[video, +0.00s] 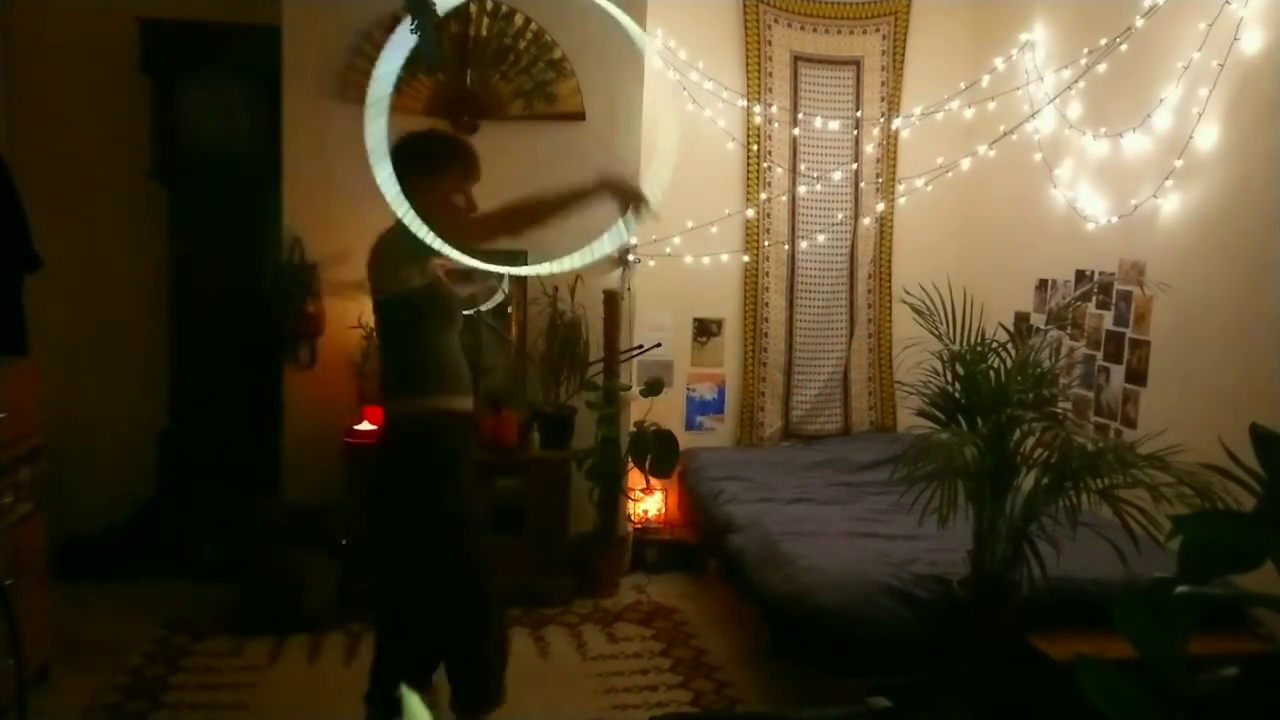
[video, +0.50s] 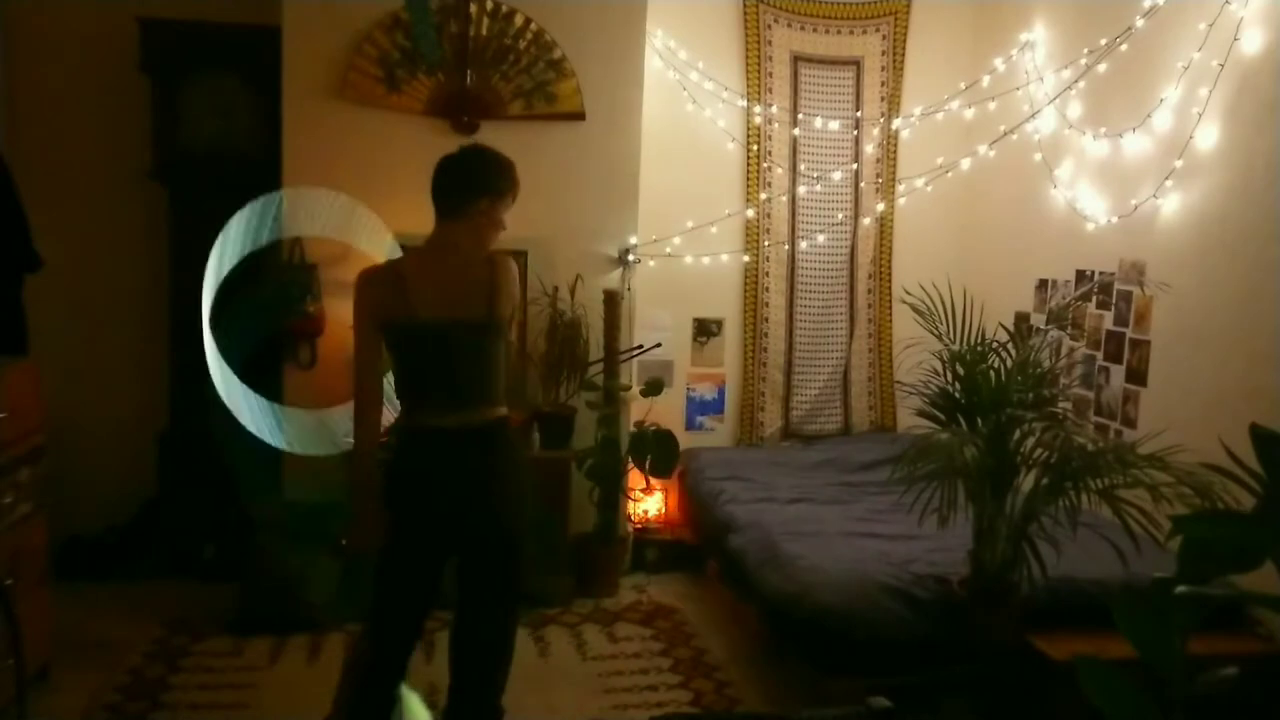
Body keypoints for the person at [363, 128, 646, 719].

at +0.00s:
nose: (472, 203)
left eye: (471, 189)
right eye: (462, 189)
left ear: (429, 187)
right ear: (423, 186)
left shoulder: (433, 257)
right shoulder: (399, 249)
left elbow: (516, 261)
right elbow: (502, 224)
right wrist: (600, 191)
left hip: (450, 447)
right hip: (418, 450)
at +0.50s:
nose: (504, 222)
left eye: (506, 208)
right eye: (502, 207)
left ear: (441, 203)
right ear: (478, 206)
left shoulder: (380, 283)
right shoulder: (502, 276)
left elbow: (368, 405)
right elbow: (514, 375)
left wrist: (363, 500)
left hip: (416, 465)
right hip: (488, 466)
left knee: (394, 622)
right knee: (486, 628)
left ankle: (361, 710)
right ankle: (475, 711)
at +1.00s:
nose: (500, 229)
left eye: (501, 215)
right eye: (495, 213)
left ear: (445, 210)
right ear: (462, 210)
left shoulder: (414, 284)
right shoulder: (437, 287)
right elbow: (563, 320)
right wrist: (641, 256)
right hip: (451, 469)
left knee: (414, 626)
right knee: (478, 633)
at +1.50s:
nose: (478, 194)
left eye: (482, 180)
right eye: (463, 181)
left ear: (488, 186)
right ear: (438, 190)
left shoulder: (492, 274)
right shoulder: (420, 273)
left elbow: (518, 356)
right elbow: (371, 333)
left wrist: (581, 405)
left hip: (493, 456)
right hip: (446, 459)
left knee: (489, 612)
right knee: (485, 615)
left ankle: (458, 706)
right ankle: (456, 708)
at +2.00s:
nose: (495, 212)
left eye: (499, 198)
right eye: (485, 199)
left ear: (498, 204)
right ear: (450, 201)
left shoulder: (491, 281)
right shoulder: (422, 281)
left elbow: (517, 367)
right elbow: (397, 215)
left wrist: (577, 407)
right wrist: (478, 231)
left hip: (517, 451)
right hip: (461, 468)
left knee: (631, 459)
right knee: (505, 638)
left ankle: (607, 568)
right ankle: (462, 714)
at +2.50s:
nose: (510, 198)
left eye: (514, 184)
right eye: (494, 184)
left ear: (519, 189)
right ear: (461, 192)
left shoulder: (499, 271)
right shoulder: (459, 268)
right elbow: (520, 338)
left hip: (491, 454)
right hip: (457, 455)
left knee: (474, 605)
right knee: (470, 616)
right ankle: (454, 705)